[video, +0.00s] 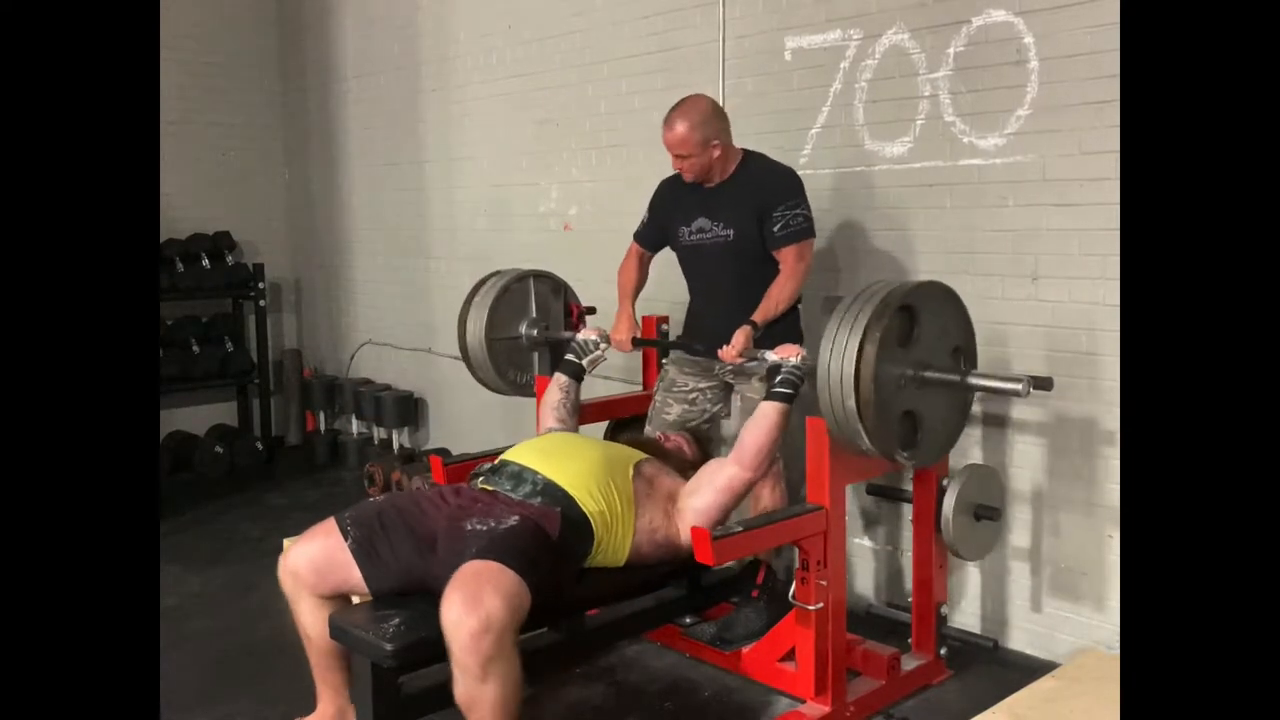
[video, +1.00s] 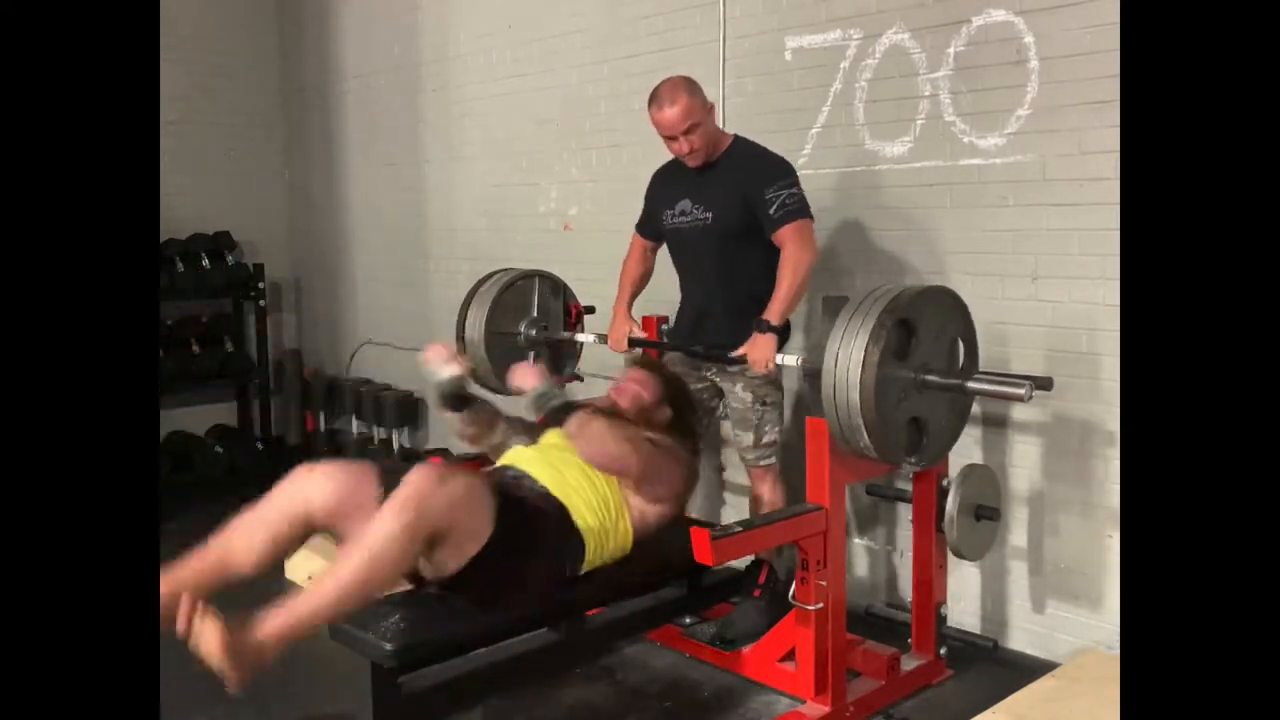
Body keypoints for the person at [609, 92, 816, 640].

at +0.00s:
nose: (675, 167)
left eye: (683, 157)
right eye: (671, 156)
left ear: (718, 145)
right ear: (676, 148)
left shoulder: (775, 184)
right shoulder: (672, 195)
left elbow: (795, 270)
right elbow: (638, 254)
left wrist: (753, 327)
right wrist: (624, 310)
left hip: (763, 354)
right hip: (697, 351)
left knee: (758, 465)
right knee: (664, 450)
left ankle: (772, 592)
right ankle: (698, 573)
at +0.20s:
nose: (658, 162)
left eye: (666, 151)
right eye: (654, 151)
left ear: (701, 138)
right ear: (660, 142)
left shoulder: (763, 175)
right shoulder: (659, 187)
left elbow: (790, 262)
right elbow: (632, 250)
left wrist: (752, 326)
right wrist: (623, 311)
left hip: (752, 358)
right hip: (685, 353)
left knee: (758, 474)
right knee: (660, 460)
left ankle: (771, 591)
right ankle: (698, 584)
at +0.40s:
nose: (638, 161)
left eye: (645, 151)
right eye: (634, 151)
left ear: (679, 138)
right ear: (655, 140)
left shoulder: (750, 171)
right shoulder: (644, 182)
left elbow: (785, 258)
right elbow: (624, 248)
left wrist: (754, 328)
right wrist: (624, 313)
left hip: (743, 354)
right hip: (673, 353)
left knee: (754, 476)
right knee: (656, 465)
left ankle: (769, 592)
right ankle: (685, 589)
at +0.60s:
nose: (650, 160)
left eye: (657, 148)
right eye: (643, 149)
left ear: (690, 128)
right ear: (638, 140)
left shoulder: (752, 173)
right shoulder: (648, 183)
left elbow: (807, 246)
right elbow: (633, 246)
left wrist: (759, 314)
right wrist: (622, 309)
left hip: (743, 358)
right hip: (674, 354)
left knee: (756, 483)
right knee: (655, 469)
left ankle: (769, 594)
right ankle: (679, 590)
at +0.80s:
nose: (679, 150)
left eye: (686, 135)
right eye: (668, 141)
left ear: (711, 114)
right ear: (659, 134)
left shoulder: (766, 169)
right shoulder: (668, 180)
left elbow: (812, 247)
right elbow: (646, 247)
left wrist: (759, 316)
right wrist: (624, 306)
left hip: (748, 358)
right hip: (683, 352)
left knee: (758, 473)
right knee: (669, 458)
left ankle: (768, 591)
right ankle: (684, 579)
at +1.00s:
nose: (682, 147)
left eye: (689, 131)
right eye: (670, 139)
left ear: (712, 113)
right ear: (659, 134)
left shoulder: (765, 171)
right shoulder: (665, 183)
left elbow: (800, 251)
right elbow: (642, 250)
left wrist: (770, 328)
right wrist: (621, 308)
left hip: (749, 356)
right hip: (686, 351)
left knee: (761, 472)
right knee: (688, 468)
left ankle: (773, 591)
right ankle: (693, 578)